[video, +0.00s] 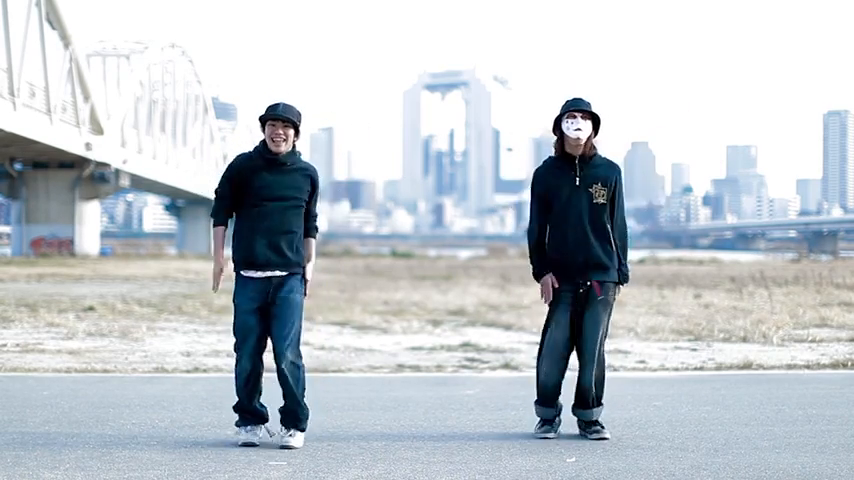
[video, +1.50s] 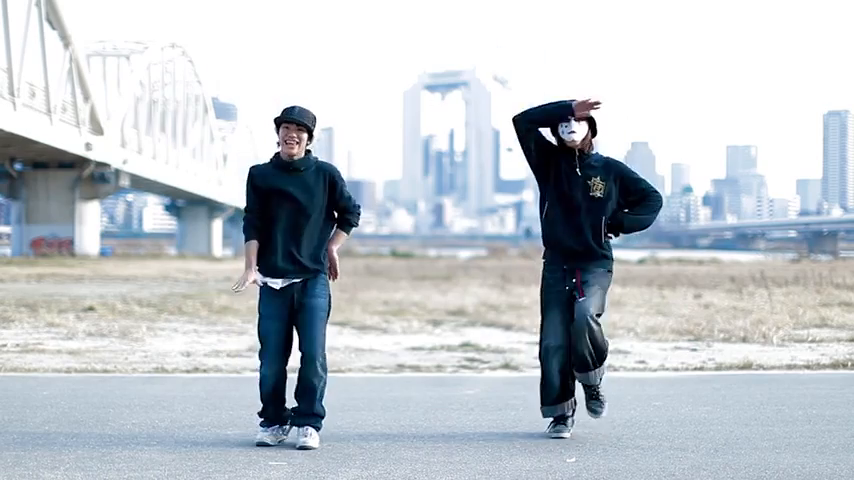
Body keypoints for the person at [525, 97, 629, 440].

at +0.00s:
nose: (576, 125)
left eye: (582, 120)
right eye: (569, 120)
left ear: (592, 128)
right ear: (560, 127)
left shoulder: (609, 171)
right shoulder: (545, 172)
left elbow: (618, 224)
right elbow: (536, 226)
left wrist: (621, 271)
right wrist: (542, 271)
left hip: (601, 271)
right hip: (561, 272)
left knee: (592, 347)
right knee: (553, 346)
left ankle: (590, 417)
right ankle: (547, 416)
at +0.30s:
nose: (559, 121)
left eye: (565, 116)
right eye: (553, 117)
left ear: (577, 121)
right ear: (544, 124)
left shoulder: (602, 149)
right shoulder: (538, 165)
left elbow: (650, 160)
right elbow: (496, 148)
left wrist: (628, 197)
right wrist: (455, 113)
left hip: (613, 252)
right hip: (574, 254)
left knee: (606, 330)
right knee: (582, 313)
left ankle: (596, 410)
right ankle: (565, 369)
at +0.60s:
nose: (577, 119)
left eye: (582, 113)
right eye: (569, 115)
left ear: (594, 120)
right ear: (561, 123)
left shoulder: (608, 167)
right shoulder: (540, 154)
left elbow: (640, 196)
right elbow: (500, 125)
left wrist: (614, 219)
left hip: (594, 258)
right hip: (553, 258)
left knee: (593, 321)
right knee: (557, 334)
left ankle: (595, 382)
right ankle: (557, 412)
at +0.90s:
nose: (591, 128)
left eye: (598, 124)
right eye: (585, 123)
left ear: (607, 134)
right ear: (574, 128)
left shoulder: (606, 183)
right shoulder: (554, 154)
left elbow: (632, 227)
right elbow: (550, 111)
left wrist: (597, 233)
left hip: (578, 262)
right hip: (540, 256)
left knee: (576, 331)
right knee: (539, 336)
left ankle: (585, 407)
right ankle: (548, 413)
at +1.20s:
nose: (587, 109)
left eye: (594, 105)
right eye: (582, 104)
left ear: (603, 114)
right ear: (572, 110)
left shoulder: (616, 158)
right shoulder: (556, 140)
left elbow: (646, 193)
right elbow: (522, 97)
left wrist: (617, 218)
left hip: (595, 249)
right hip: (558, 243)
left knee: (590, 331)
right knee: (571, 302)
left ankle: (584, 408)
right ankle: (552, 362)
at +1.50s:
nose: (569, 128)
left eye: (576, 123)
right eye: (564, 124)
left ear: (589, 130)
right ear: (558, 130)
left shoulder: (609, 169)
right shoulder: (549, 162)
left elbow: (652, 199)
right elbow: (522, 123)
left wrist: (620, 222)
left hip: (595, 262)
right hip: (556, 261)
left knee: (584, 316)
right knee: (552, 340)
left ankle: (591, 380)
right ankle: (560, 412)